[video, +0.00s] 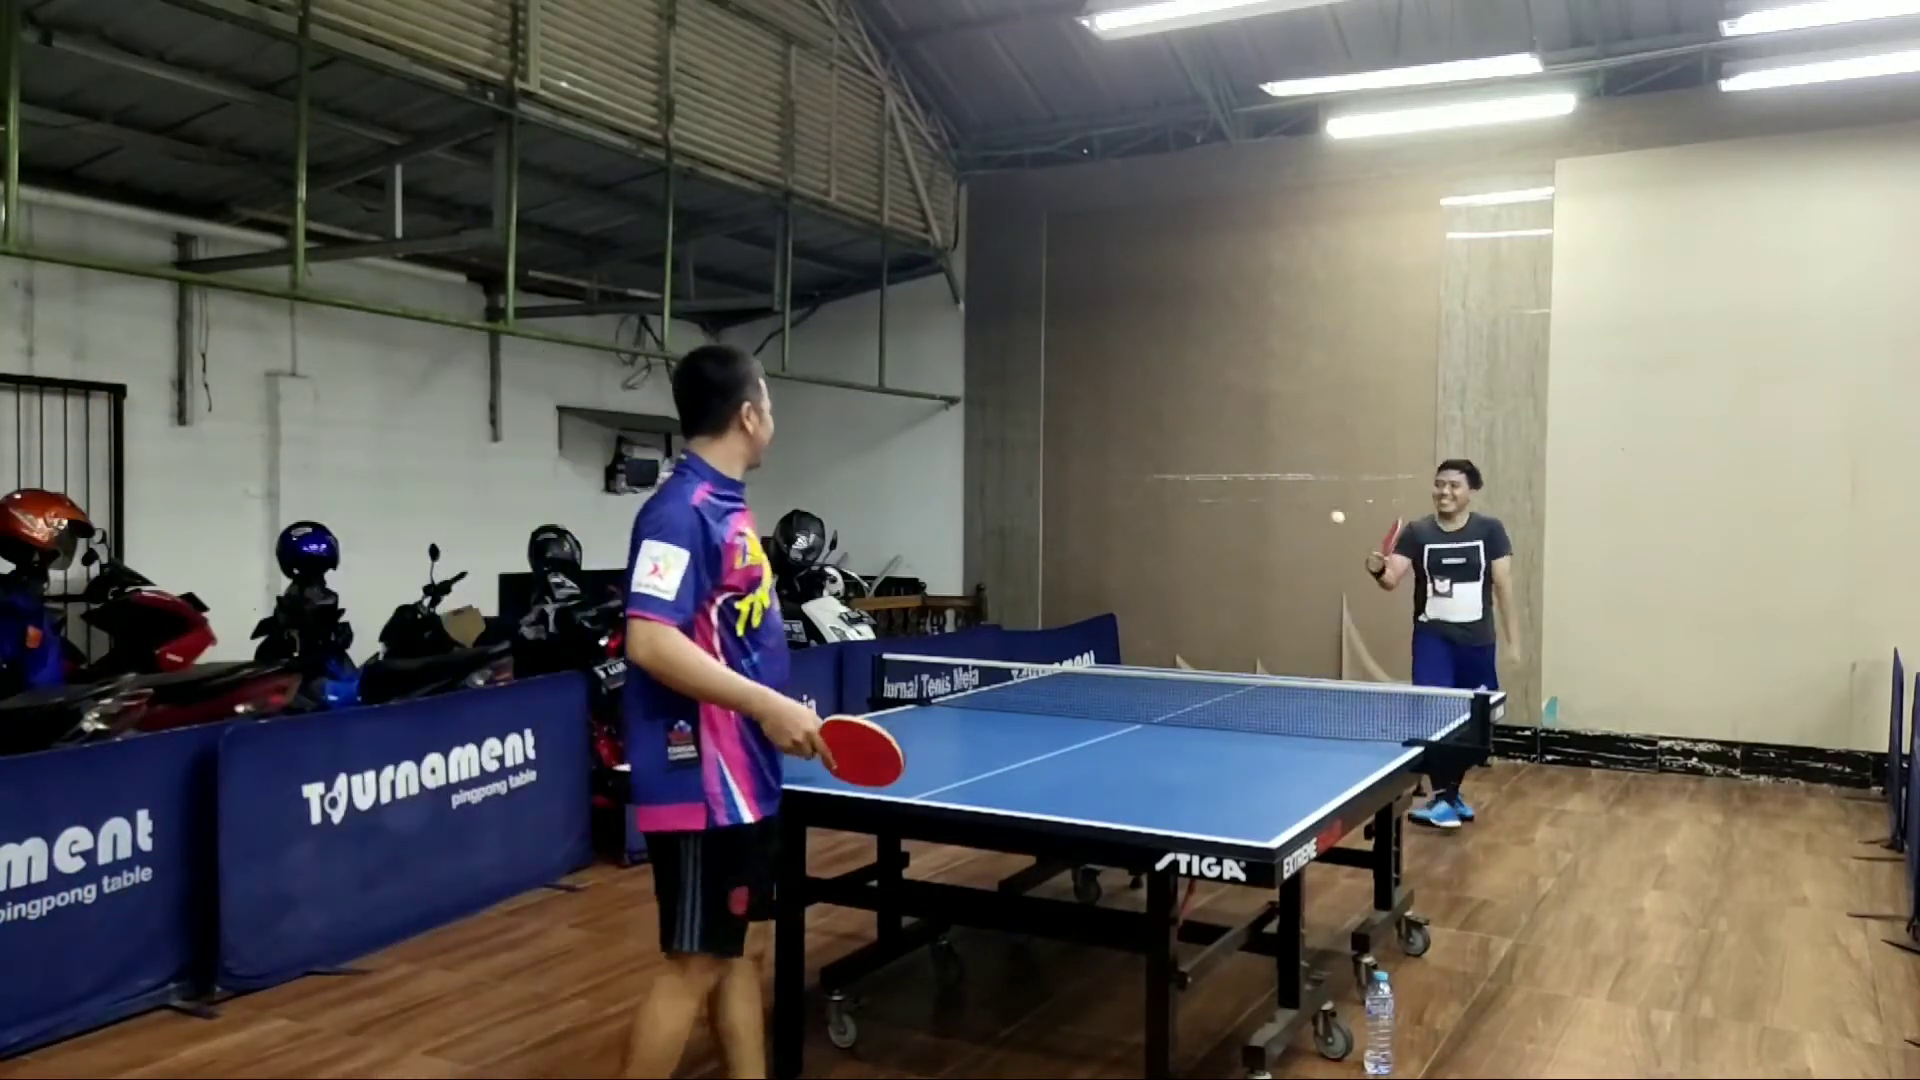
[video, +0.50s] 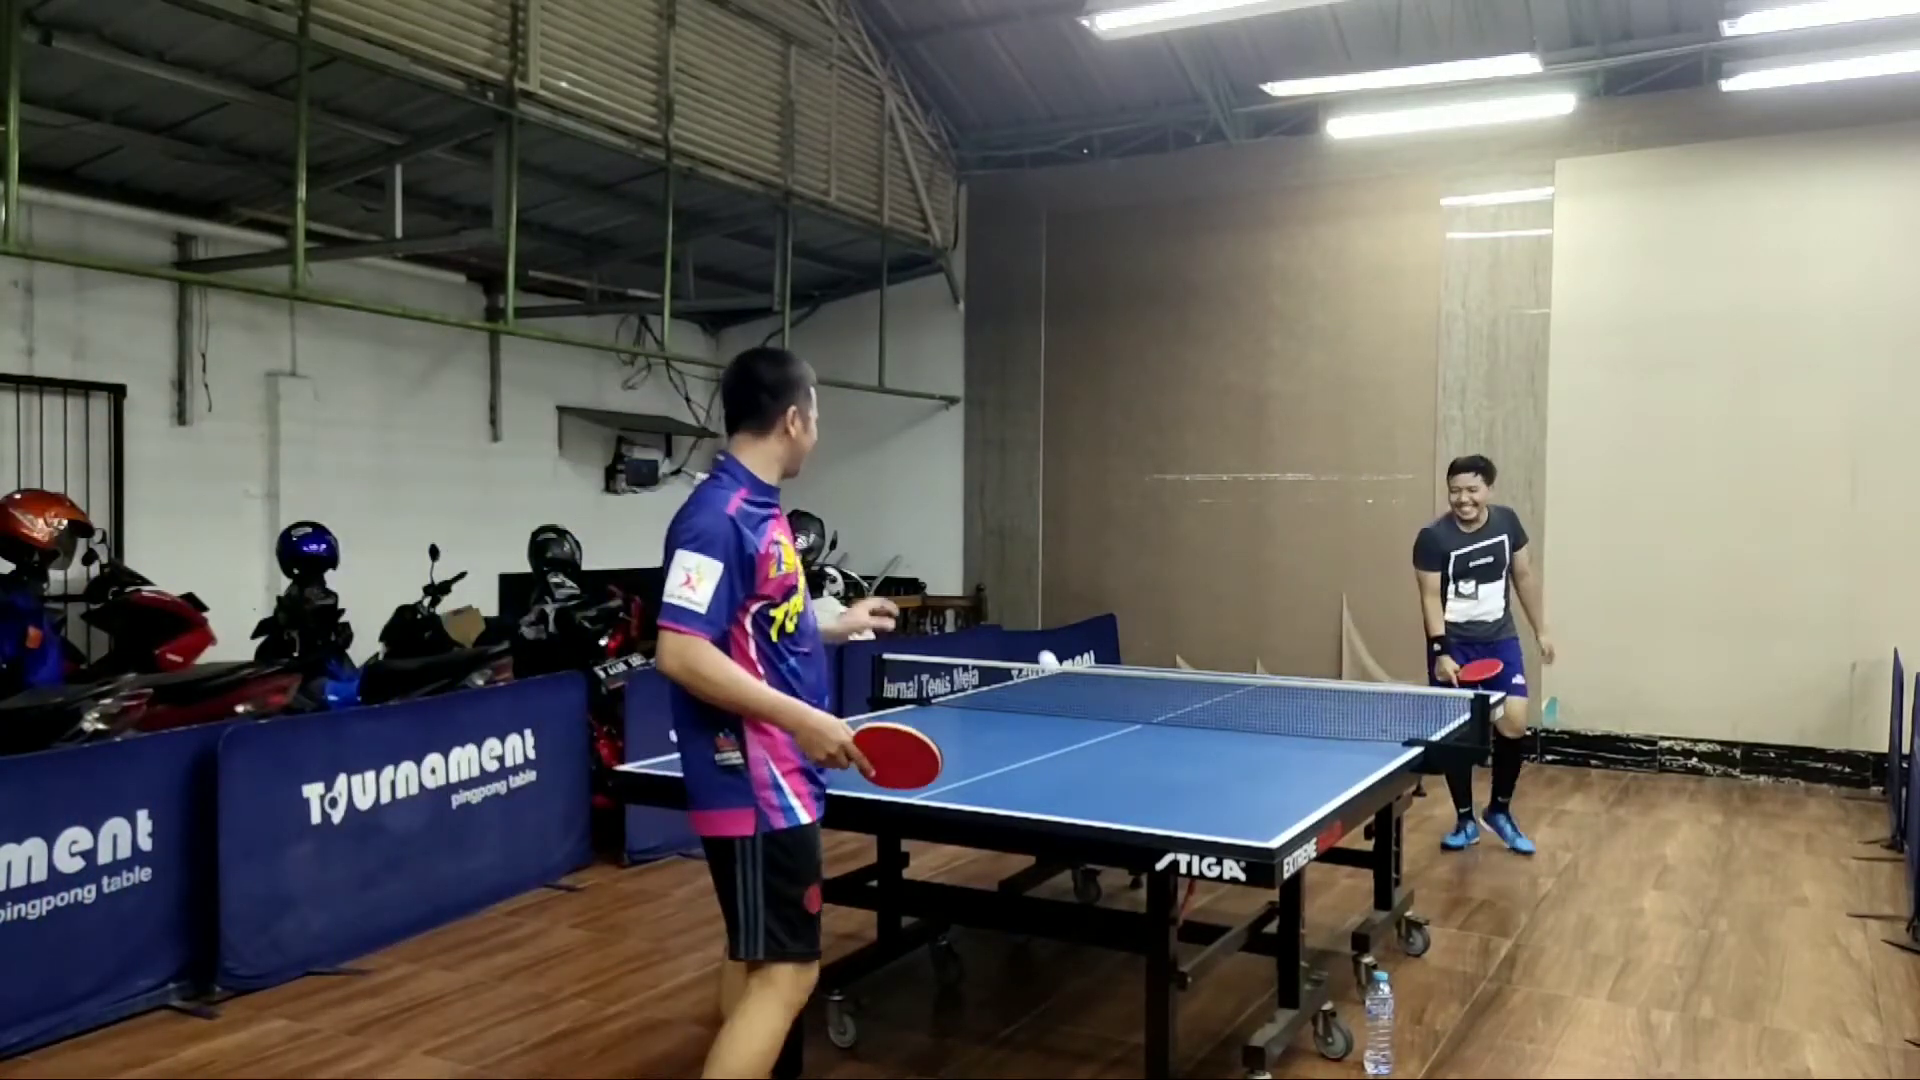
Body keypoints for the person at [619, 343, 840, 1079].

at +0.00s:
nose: (770, 418)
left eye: (766, 403)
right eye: (767, 404)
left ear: (699, 413)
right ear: (749, 413)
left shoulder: (723, 505)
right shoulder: (678, 511)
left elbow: (713, 641)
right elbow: (649, 640)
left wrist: (781, 713)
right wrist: (766, 703)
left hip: (736, 773)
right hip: (692, 782)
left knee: (738, 953)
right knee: (693, 963)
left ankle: (750, 1074)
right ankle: (641, 1074)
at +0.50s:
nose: (814, 431)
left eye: (812, 415)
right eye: (813, 415)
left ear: (743, 415)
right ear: (794, 419)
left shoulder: (758, 507)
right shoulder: (716, 516)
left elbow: (754, 618)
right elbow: (680, 650)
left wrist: (837, 621)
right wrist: (800, 719)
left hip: (767, 775)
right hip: (749, 786)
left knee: (753, 959)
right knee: (787, 973)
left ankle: (746, 1060)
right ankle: (732, 1072)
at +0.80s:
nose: (793, 431)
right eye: (794, 419)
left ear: (709, 416)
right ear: (785, 428)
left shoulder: (680, 504)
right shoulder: (730, 522)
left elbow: (729, 636)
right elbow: (707, 676)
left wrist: (827, 613)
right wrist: (827, 742)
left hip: (679, 798)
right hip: (713, 811)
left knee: (726, 997)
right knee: (717, 1010)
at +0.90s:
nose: (790, 431)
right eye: (791, 419)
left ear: (701, 413)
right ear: (783, 429)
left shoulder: (646, 506)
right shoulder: (737, 524)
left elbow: (671, 649)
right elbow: (716, 678)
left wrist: (790, 664)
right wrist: (825, 763)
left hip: (639, 806)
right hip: (702, 819)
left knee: (694, 1003)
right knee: (707, 1019)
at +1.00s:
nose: (769, 422)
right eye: (771, 412)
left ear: (684, 410)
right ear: (766, 424)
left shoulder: (619, 505)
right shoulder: (744, 517)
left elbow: (591, 646)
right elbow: (726, 671)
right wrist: (813, 779)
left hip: (616, 807)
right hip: (694, 822)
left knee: (653, 986)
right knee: (692, 1019)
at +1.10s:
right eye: (749, 416)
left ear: (663, 413)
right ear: (748, 427)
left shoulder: (596, 506)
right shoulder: (741, 523)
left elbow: (552, 645)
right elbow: (729, 671)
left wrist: (628, 692)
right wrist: (798, 789)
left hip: (598, 809)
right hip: (692, 821)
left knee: (611, 987)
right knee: (684, 1021)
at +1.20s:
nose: (632, 410)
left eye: (634, 401)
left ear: (642, 409)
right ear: (726, 424)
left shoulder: (570, 508)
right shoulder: (730, 522)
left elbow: (525, 650)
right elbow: (725, 673)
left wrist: (606, 685)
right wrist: (785, 791)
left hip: (578, 813)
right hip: (679, 825)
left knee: (568, 966)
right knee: (678, 1015)